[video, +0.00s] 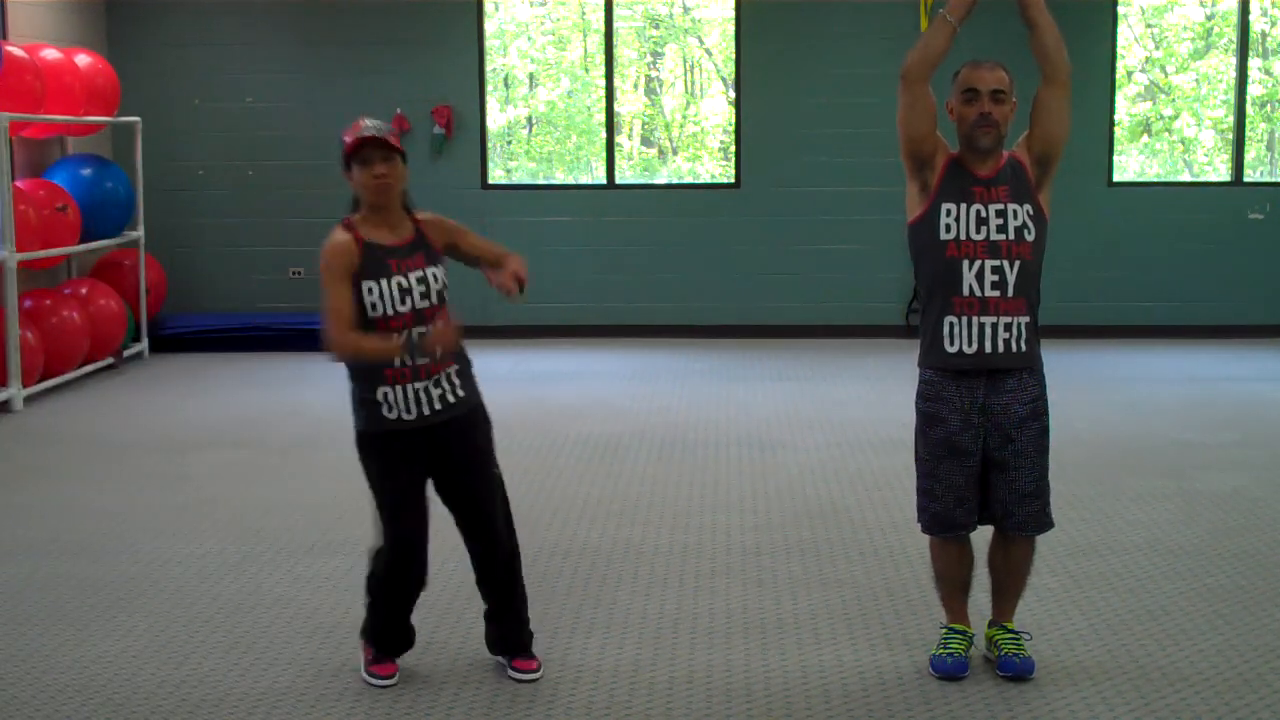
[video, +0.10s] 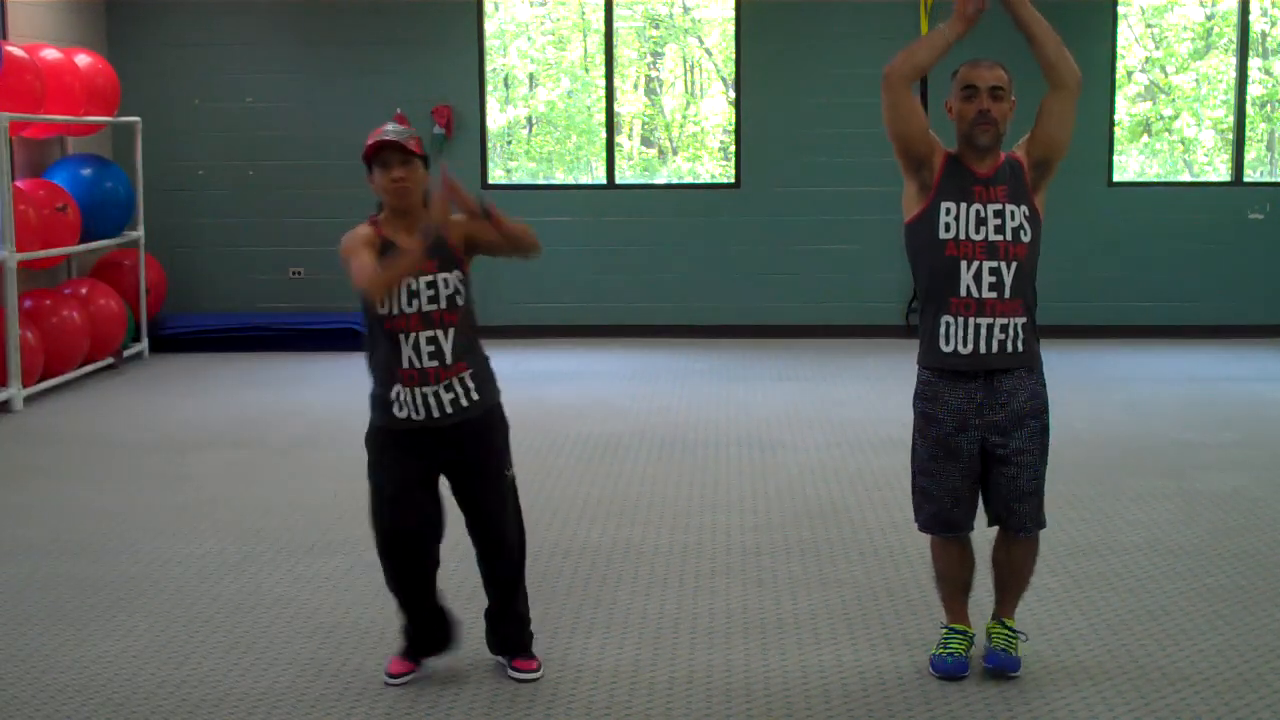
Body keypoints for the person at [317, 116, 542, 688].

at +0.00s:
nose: (378, 170)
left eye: (387, 159)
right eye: (365, 162)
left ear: (404, 167)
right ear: (350, 176)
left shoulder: (432, 229)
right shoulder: (343, 248)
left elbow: (503, 260)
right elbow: (339, 342)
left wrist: (507, 271)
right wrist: (415, 342)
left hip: (455, 410)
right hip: (388, 422)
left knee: (493, 531)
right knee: (405, 545)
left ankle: (512, 640)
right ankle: (382, 643)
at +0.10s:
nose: (397, 174)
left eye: (407, 163)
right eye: (385, 166)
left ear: (425, 172)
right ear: (372, 180)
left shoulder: (451, 229)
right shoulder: (361, 240)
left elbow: (526, 243)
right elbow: (373, 288)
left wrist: (480, 214)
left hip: (471, 413)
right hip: (399, 420)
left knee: (500, 533)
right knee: (400, 541)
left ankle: (513, 642)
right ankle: (424, 636)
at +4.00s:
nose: (478, 164)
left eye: (484, 154)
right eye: (467, 156)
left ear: (497, 161)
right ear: (449, 166)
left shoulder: (515, 211)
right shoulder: (435, 226)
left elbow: (535, 145)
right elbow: (421, 168)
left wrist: (505, 81)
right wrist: (449, 92)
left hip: (541, 385)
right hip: (478, 394)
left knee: (548, 508)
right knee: (485, 513)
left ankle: (535, 617)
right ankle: (479, 620)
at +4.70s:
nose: (552, 184)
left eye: (561, 174)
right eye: (540, 175)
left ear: (575, 182)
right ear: (523, 185)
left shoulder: (599, 244)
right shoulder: (508, 241)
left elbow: (649, 313)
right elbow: (471, 186)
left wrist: (644, 382)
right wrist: (494, 124)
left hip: (597, 416)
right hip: (522, 416)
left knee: (632, 526)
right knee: (463, 517)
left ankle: (671, 628)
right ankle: (451, 609)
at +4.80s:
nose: (532, 175)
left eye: (543, 166)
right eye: (523, 167)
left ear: (562, 180)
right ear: (511, 182)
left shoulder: (588, 242)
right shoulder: (499, 242)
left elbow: (642, 297)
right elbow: (461, 190)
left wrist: (606, 311)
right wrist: (485, 124)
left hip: (589, 417)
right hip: (516, 420)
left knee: (629, 527)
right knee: (481, 530)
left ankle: (670, 628)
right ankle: (440, 622)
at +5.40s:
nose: (435, 174)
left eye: (444, 163)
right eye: (430, 164)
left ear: (478, 159)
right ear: (431, 167)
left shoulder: (508, 214)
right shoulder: (425, 215)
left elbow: (497, 141)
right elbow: (356, 182)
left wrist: (458, 73)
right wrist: (358, 120)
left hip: (475, 397)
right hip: (413, 391)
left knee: (468, 519)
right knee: (407, 513)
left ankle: (499, 623)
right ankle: (423, 624)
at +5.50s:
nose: (428, 184)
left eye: (438, 173)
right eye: (424, 175)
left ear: (473, 171)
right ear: (427, 178)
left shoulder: (501, 223)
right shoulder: (419, 227)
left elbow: (491, 151)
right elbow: (334, 207)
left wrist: (445, 79)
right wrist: (298, 154)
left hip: (474, 407)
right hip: (410, 398)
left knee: (478, 517)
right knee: (371, 497)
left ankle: (501, 623)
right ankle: (412, 608)